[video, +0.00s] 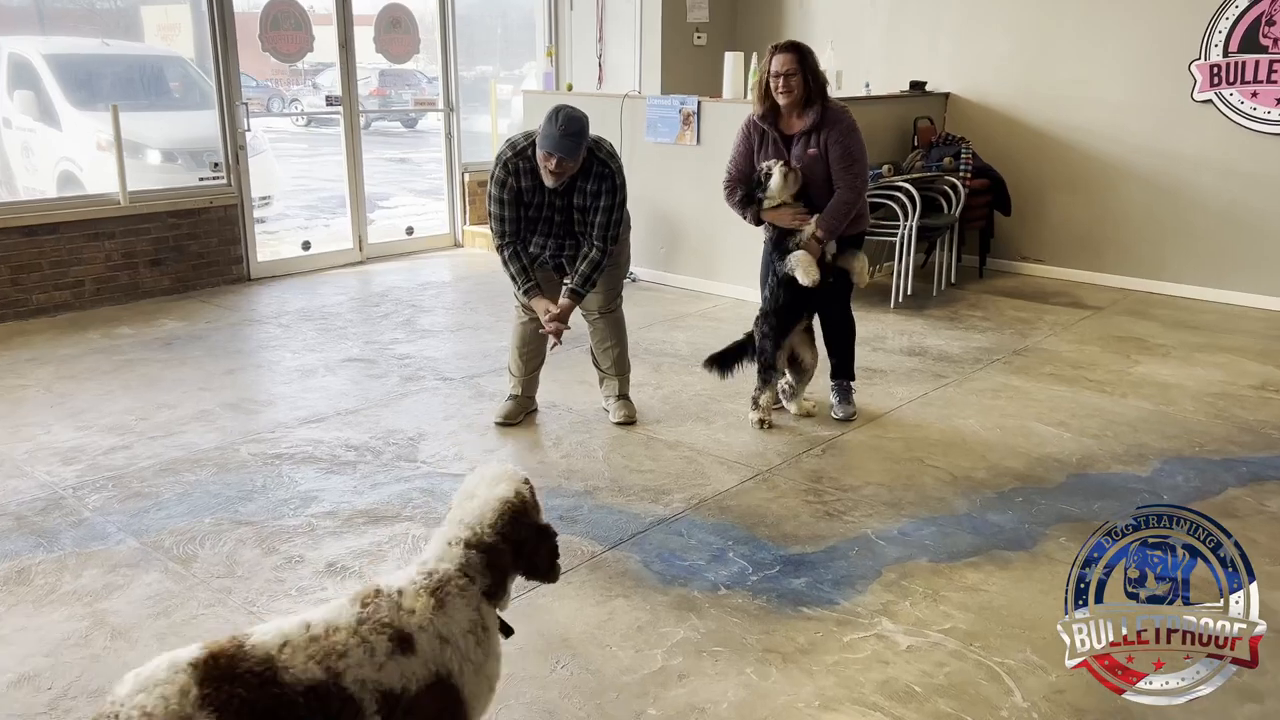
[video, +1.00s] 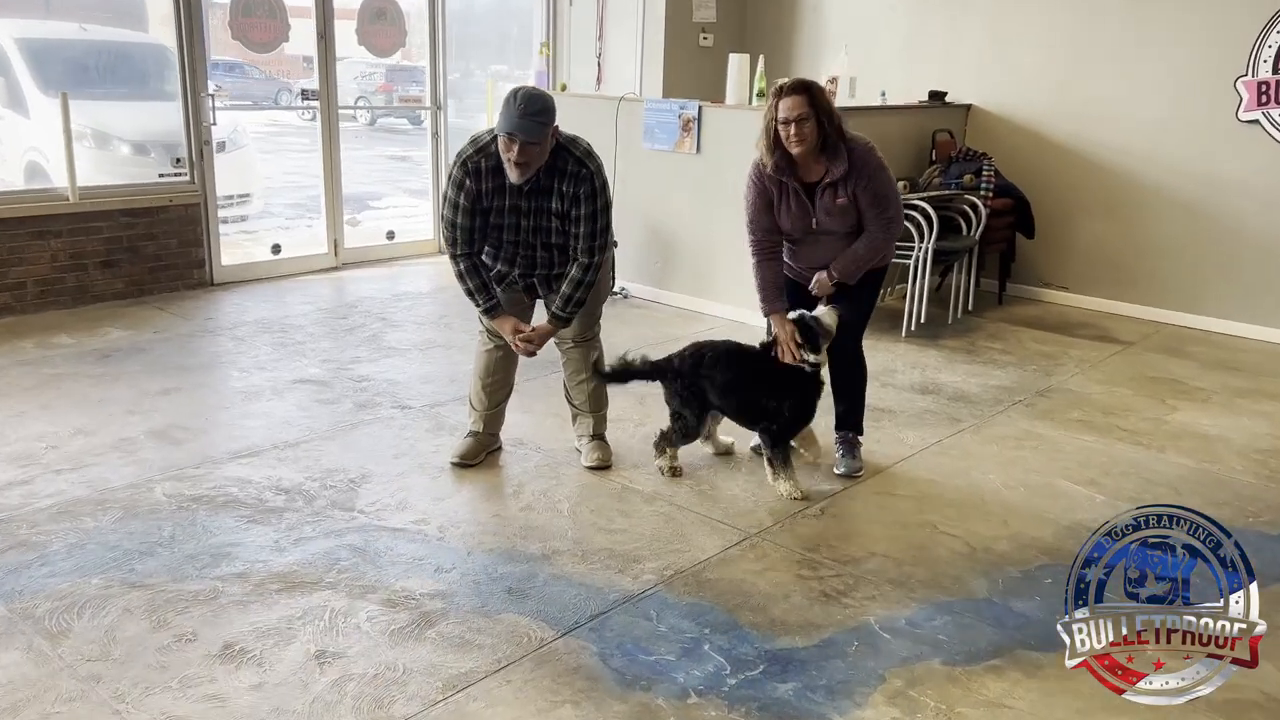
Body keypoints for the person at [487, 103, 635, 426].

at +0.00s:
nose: (554, 165)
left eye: (566, 159)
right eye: (548, 154)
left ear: (582, 152)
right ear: (539, 142)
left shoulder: (605, 166)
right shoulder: (511, 161)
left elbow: (600, 245)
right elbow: (506, 241)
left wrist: (566, 306)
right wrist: (536, 300)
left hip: (595, 242)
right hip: (540, 242)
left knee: (602, 310)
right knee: (528, 314)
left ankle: (616, 395)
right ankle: (521, 396)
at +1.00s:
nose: (517, 153)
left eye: (530, 144)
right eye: (509, 140)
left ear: (552, 136)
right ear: (499, 131)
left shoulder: (582, 168)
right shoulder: (472, 163)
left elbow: (588, 256)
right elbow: (459, 249)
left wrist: (552, 325)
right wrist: (496, 316)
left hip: (572, 262)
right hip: (508, 261)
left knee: (577, 340)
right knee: (494, 339)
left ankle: (591, 435)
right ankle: (483, 433)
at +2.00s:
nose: (518, 116)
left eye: (531, 106)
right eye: (509, 103)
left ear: (547, 99)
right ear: (490, 92)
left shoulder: (569, 143)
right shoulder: (452, 136)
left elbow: (579, 235)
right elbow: (438, 227)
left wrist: (544, 303)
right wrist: (480, 297)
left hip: (546, 268)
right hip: (473, 267)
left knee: (556, 351)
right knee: (467, 351)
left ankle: (571, 446)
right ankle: (456, 444)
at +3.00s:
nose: (602, 247)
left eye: (611, 243)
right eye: (594, 238)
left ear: (628, 201)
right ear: (569, 202)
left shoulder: (644, 186)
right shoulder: (527, 205)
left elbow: (662, 244)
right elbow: (521, 292)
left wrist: (652, 312)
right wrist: (575, 341)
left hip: (603, 245)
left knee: (610, 335)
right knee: (522, 335)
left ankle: (617, 441)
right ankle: (506, 443)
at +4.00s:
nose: (545, 289)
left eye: (551, 278)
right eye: (533, 284)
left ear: (561, 231)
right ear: (503, 241)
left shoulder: (596, 214)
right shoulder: (475, 230)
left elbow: (625, 283)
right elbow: (482, 303)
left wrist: (605, 355)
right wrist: (542, 344)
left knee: (595, 343)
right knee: (501, 342)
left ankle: (601, 449)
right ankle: (486, 447)